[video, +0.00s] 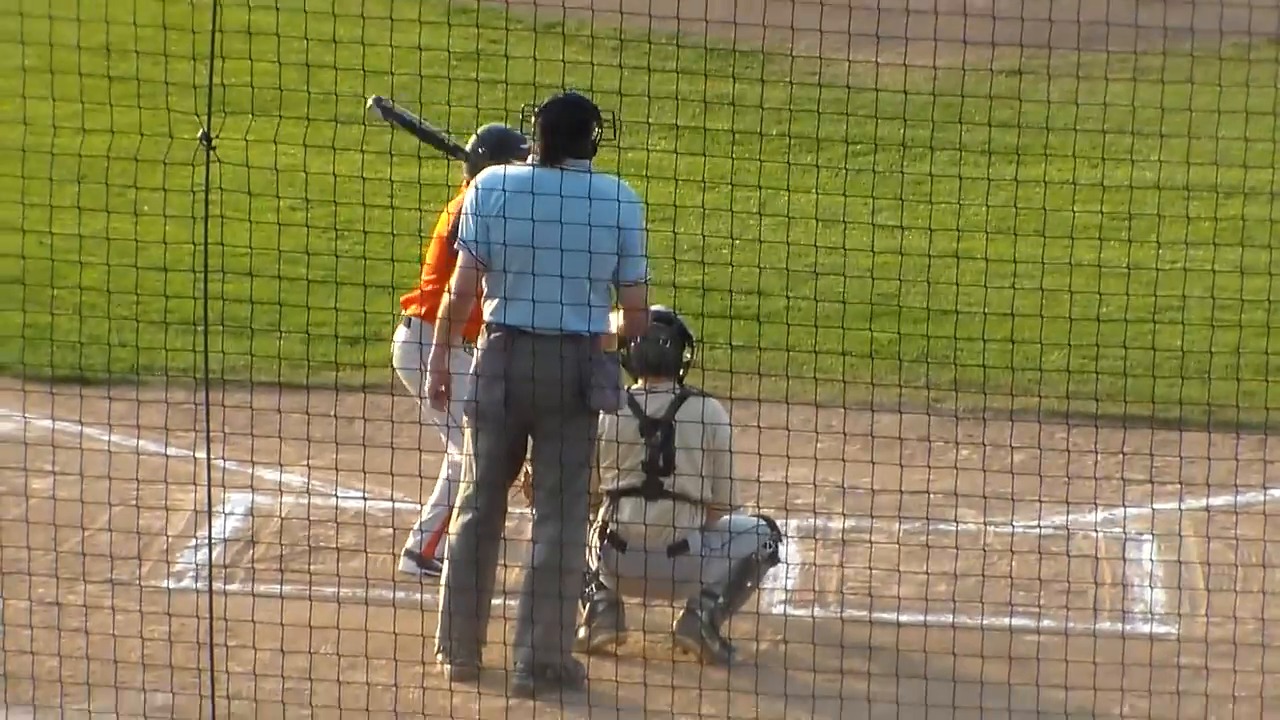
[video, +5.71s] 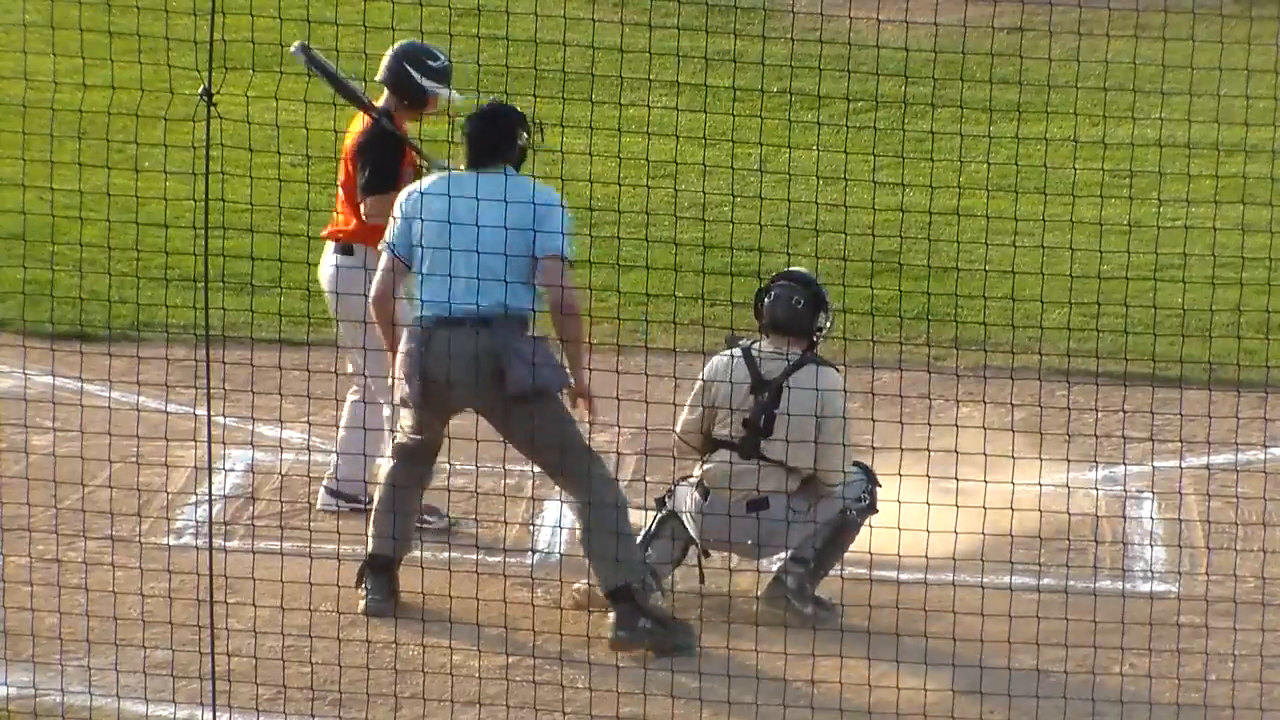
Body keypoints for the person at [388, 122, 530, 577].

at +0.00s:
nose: (523, 174)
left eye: (522, 166)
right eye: (518, 165)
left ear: (477, 165)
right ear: (499, 167)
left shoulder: (472, 202)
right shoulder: (476, 206)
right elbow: (462, 288)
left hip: (426, 338)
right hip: (434, 341)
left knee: (470, 444)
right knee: (473, 444)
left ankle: (431, 545)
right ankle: (426, 546)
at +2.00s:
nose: (524, 125)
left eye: (523, 116)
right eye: (519, 115)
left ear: (477, 114)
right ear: (501, 115)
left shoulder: (471, 151)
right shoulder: (475, 154)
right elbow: (464, 240)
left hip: (425, 290)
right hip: (428, 293)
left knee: (470, 391)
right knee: (474, 393)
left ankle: (433, 489)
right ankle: (427, 492)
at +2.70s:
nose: (523, 137)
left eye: (524, 127)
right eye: (518, 128)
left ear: (481, 124)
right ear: (500, 128)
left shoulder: (486, 156)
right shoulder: (471, 167)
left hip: (449, 281)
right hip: (431, 284)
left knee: (471, 374)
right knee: (452, 384)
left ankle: (463, 462)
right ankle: (435, 490)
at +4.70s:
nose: (539, 179)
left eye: (539, 171)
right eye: (534, 171)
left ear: (498, 170)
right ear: (516, 173)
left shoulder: (514, 213)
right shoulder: (477, 209)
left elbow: (522, 265)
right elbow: (482, 279)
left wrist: (556, 260)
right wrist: (534, 257)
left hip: (451, 325)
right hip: (411, 322)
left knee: (485, 403)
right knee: (468, 410)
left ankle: (441, 503)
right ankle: (434, 507)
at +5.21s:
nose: (514, 131)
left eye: (514, 123)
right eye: (507, 124)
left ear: (481, 127)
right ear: (487, 127)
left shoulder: (489, 161)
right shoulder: (445, 175)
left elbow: (486, 212)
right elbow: (430, 249)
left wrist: (512, 230)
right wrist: (484, 231)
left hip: (454, 286)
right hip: (415, 289)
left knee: (462, 388)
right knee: (445, 397)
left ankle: (410, 465)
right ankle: (434, 504)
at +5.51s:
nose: (471, 102)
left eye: (470, 94)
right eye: (465, 95)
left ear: (433, 97)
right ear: (444, 98)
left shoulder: (434, 136)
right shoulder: (407, 144)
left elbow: (441, 191)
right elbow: (399, 221)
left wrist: (479, 189)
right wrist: (453, 200)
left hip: (414, 274)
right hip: (392, 276)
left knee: (417, 381)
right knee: (435, 383)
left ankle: (354, 473)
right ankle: (432, 506)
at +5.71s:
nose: (435, 103)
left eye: (436, 94)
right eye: (432, 93)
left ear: (394, 85)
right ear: (414, 92)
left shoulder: (377, 123)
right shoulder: (379, 135)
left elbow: (390, 189)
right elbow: (373, 209)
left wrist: (419, 172)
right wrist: (425, 197)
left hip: (356, 260)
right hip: (361, 264)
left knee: (374, 377)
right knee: (394, 378)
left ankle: (345, 485)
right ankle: (405, 498)